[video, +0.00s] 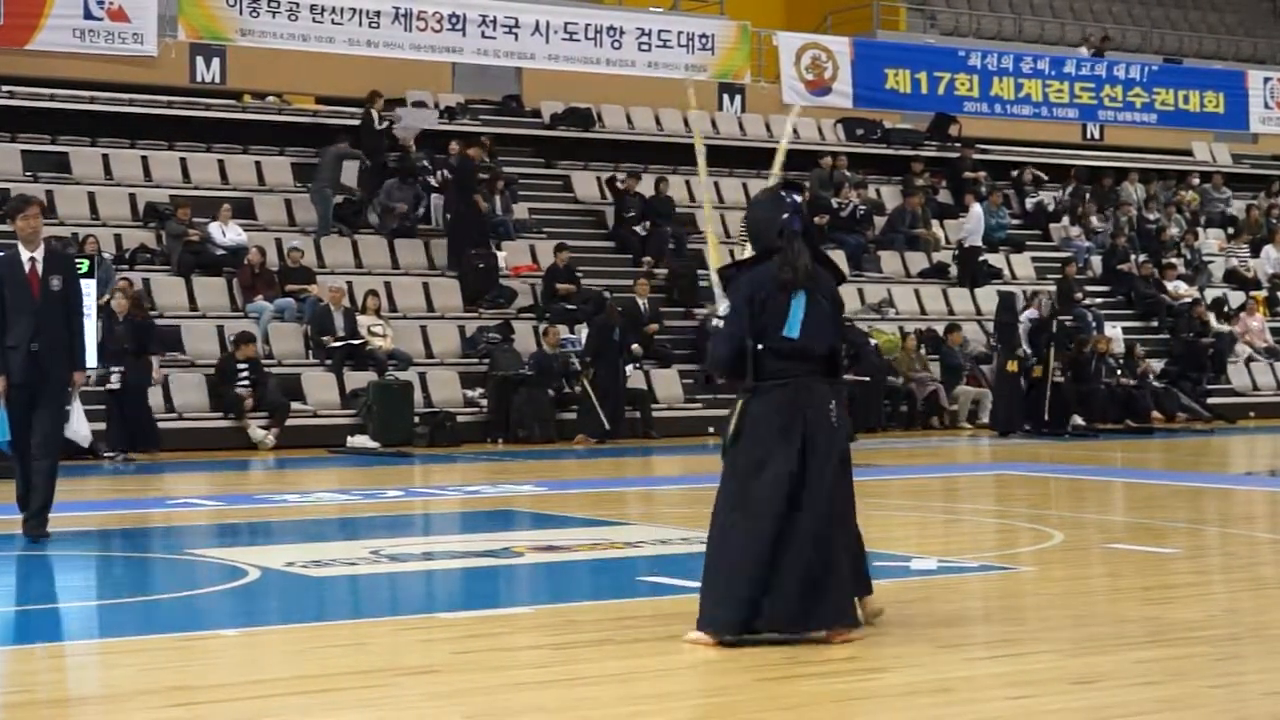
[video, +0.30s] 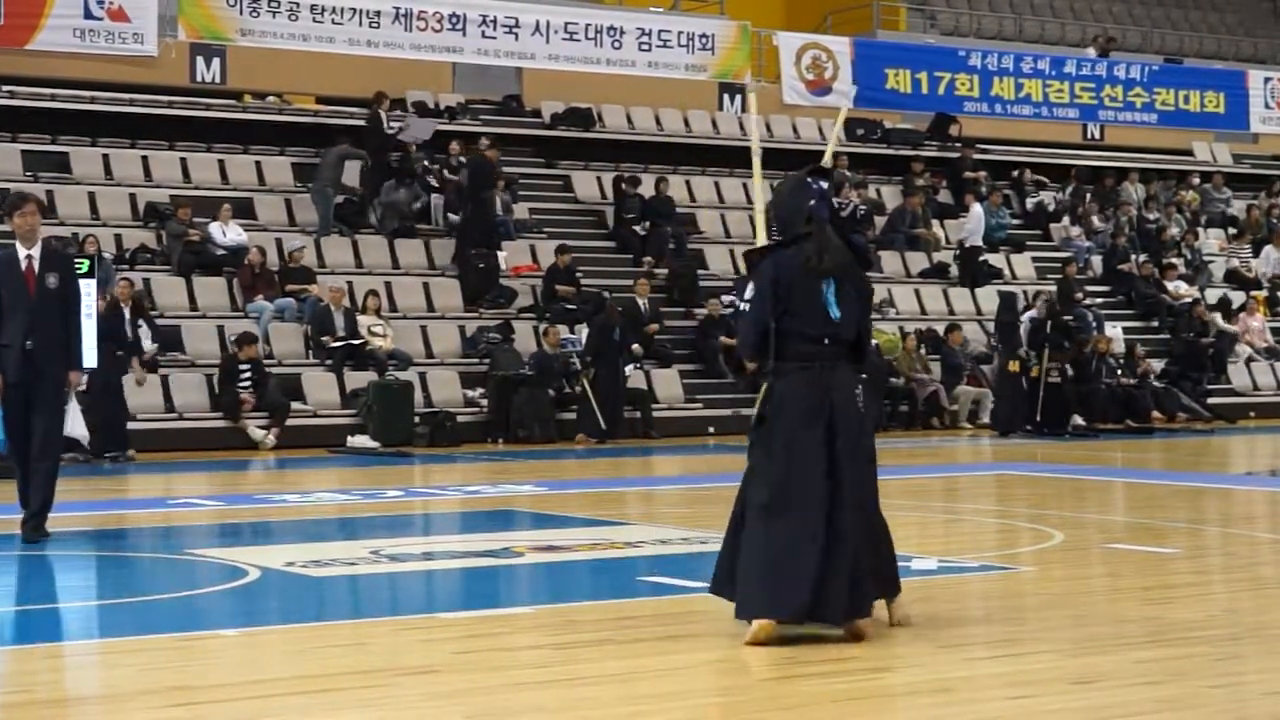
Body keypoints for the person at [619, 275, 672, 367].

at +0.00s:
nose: (643, 288)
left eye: (646, 285)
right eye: (640, 285)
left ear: (649, 288)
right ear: (634, 288)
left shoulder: (653, 304)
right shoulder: (628, 305)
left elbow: (661, 324)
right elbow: (626, 328)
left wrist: (656, 327)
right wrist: (633, 344)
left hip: (649, 344)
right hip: (632, 344)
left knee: (668, 356)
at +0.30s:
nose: (643, 288)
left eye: (646, 285)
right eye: (640, 285)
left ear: (649, 288)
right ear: (634, 288)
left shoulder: (653, 304)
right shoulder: (628, 305)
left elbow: (661, 324)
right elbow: (626, 328)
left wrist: (657, 327)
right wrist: (633, 344)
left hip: (649, 344)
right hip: (633, 344)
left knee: (668, 356)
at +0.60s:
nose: (644, 288)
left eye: (646, 285)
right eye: (641, 285)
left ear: (650, 288)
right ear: (635, 288)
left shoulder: (654, 304)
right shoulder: (628, 305)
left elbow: (660, 324)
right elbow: (626, 328)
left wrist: (657, 329)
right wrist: (633, 344)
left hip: (650, 343)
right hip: (634, 344)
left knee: (668, 356)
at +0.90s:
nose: (644, 288)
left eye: (646, 285)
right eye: (641, 285)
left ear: (650, 288)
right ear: (635, 288)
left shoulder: (655, 303)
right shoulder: (629, 304)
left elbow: (662, 323)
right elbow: (627, 328)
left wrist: (660, 332)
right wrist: (634, 343)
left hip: (651, 342)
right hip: (634, 343)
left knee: (669, 355)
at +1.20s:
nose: (643, 287)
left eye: (646, 285)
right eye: (640, 285)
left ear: (650, 287)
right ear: (635, 287)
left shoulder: (655, 303)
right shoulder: (628, 304)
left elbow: (662, 323)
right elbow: (627, 328)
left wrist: (661, 333)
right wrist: (634, 343)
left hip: (652, 342)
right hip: (635, 342)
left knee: (669, 354)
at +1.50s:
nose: (644, 288)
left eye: (646, 285)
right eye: (640, 285)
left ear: (650, 287)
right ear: (635, 288)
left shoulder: (654, 303)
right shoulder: (629, 305)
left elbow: (661, 325)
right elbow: (627, 328)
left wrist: (659, 333)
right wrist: (634, 344)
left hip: (651, 342)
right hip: (635, 343)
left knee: (670, 355)